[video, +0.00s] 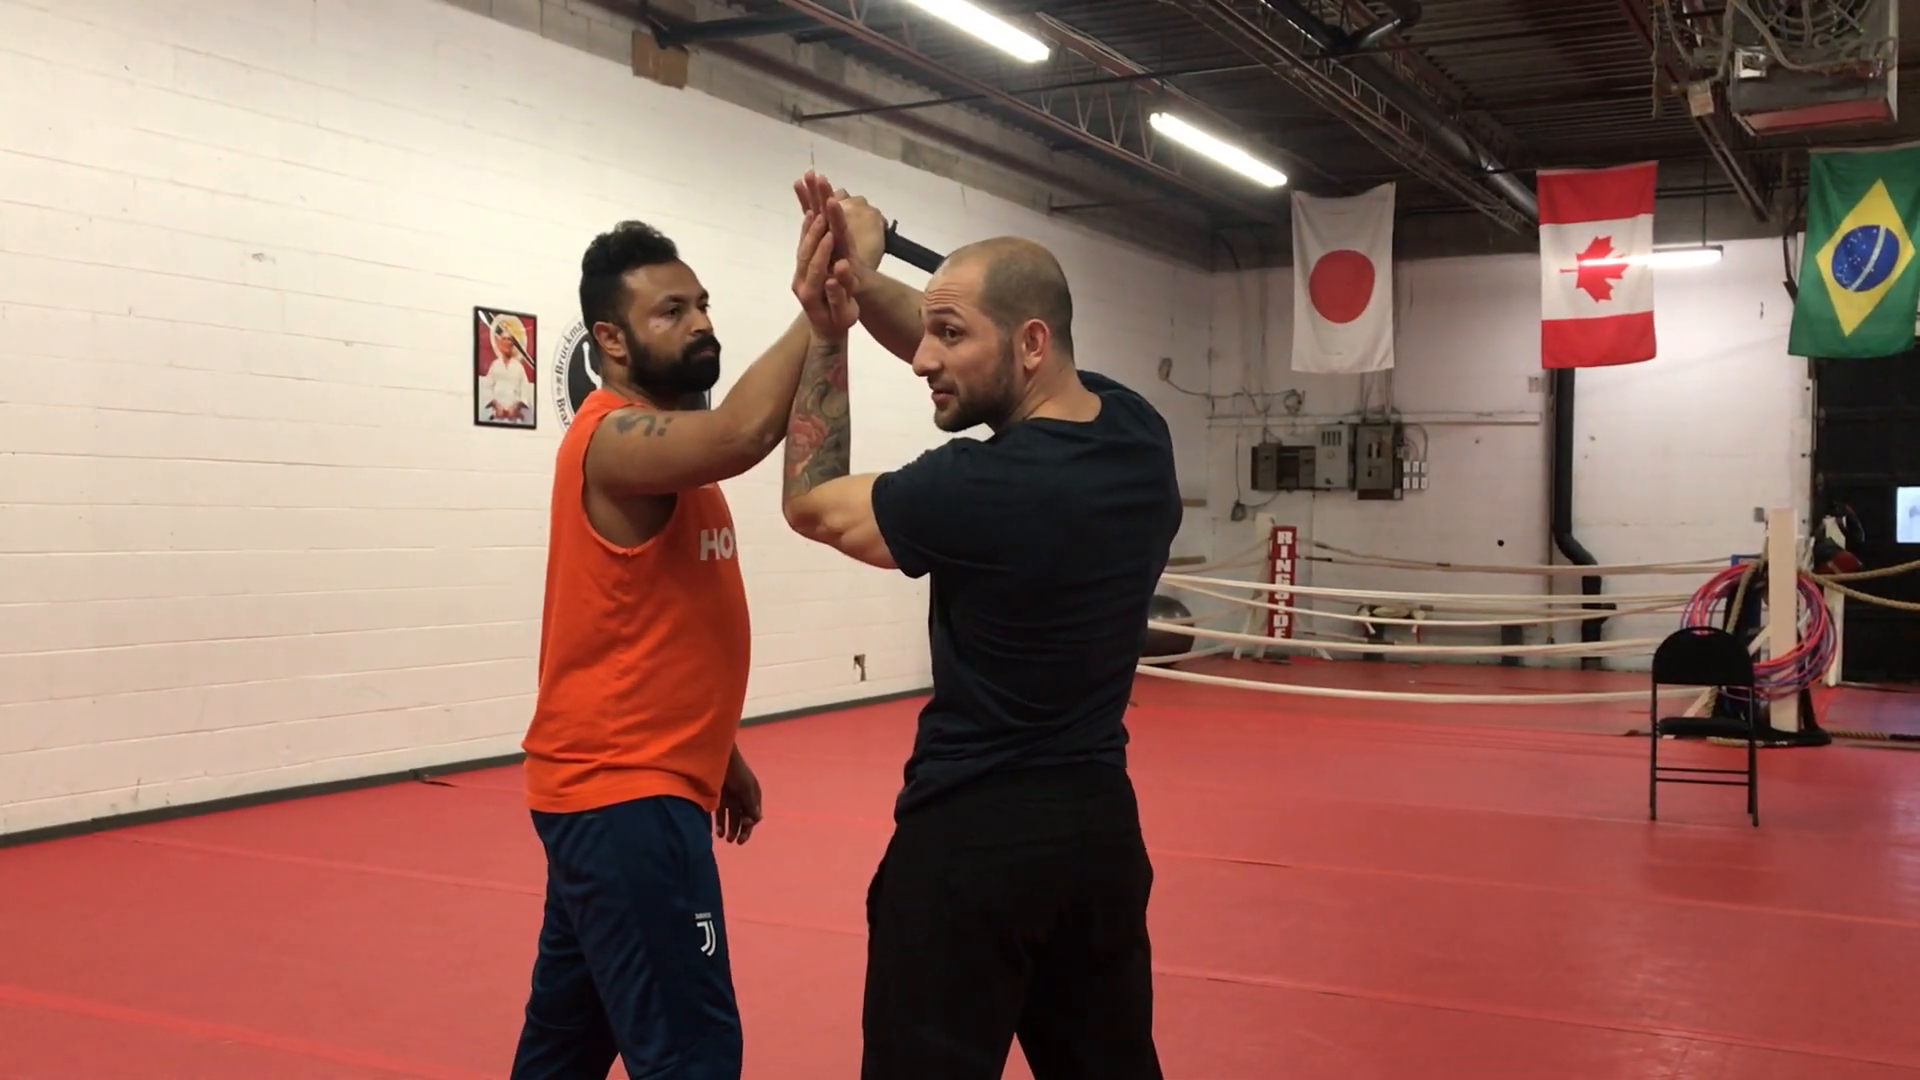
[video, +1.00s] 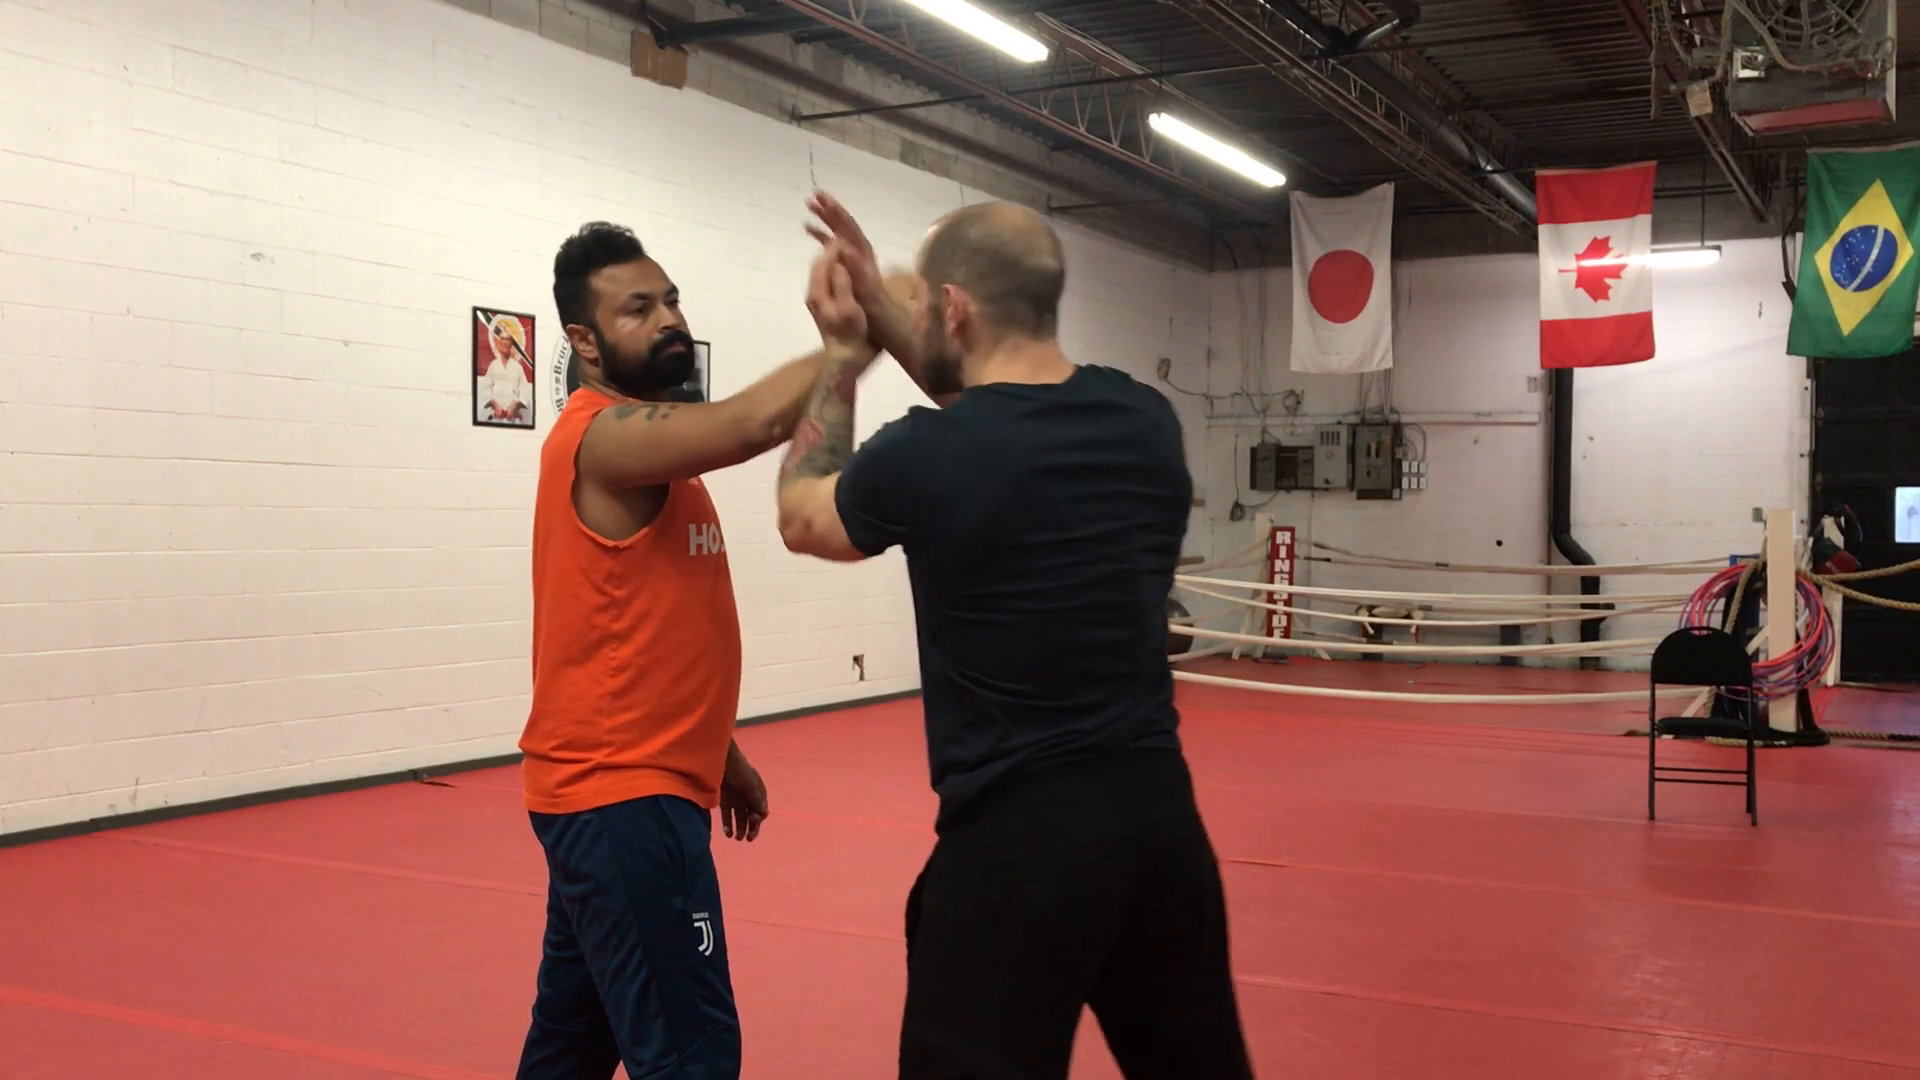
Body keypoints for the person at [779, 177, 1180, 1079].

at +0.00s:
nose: (927, 359)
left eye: (950, 333)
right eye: (927, 336)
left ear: (1029, 343)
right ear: (1033, 348)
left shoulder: (976, 490)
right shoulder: (1139, 434)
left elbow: (814, 504)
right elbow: (948, 338)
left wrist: (828, 326)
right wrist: (860, 271)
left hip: (962, 844)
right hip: (1097, 831)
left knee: (920, 1063)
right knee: (1112, 1068)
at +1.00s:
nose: (921, 312)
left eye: (923, 294)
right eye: (915, 295)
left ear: (954, 311)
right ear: (1054, 299)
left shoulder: (930, 451)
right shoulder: (1148, 419)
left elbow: (804, 518)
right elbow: (988, 402)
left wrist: (838, 363)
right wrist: (882, 308)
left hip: (1007, 852)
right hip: (1159, 831)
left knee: (967, 1063)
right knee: (1202, 1066)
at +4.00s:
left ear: (947, 460)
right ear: (1004, 578)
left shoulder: (802, 459)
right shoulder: (988, 674)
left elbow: (642, 380)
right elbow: (905, 855)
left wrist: (726, 344)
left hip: (631, 936)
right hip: (808, 965)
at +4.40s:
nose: (962, 324)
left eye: (968, 312)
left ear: (982, 321)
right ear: (1098, 377)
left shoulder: (852, 418)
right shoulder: (1141, 499)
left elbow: (685, 561)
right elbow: (1174, 746)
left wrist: (785, 652)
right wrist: (1042, 667)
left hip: (851, 878)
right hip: (1031, 888)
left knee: (845, 1061)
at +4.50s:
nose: (941, 323)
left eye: (946, 311)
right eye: (946, 310)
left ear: (964, 322)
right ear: (1078, 362)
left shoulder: (843, 435)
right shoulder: (1143, 489)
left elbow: (714, 628)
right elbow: (1190, 741)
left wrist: (845, 702)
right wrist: (1036, 691)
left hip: (879, 903)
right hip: (1066, 909)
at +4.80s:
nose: (960, 393)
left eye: (965, 370)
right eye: (960, 371)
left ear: (1005, 370)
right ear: (1102, 378)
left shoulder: (922, 479)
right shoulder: (1211, 505)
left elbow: (876, 729)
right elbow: (1240, 757)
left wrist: (1003, 675)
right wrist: (1109, 691)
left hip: (1001, 936)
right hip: (1195, 935)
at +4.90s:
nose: (1004, 421)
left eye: (1014, 391)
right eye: (1007, 393)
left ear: (1067, 391)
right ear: (1154, 397)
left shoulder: (983, 492)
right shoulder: (1273, 522)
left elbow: (947, 743)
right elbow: (1277, 762)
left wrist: (1061, 679)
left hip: (1055, 948)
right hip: (1254, 946)